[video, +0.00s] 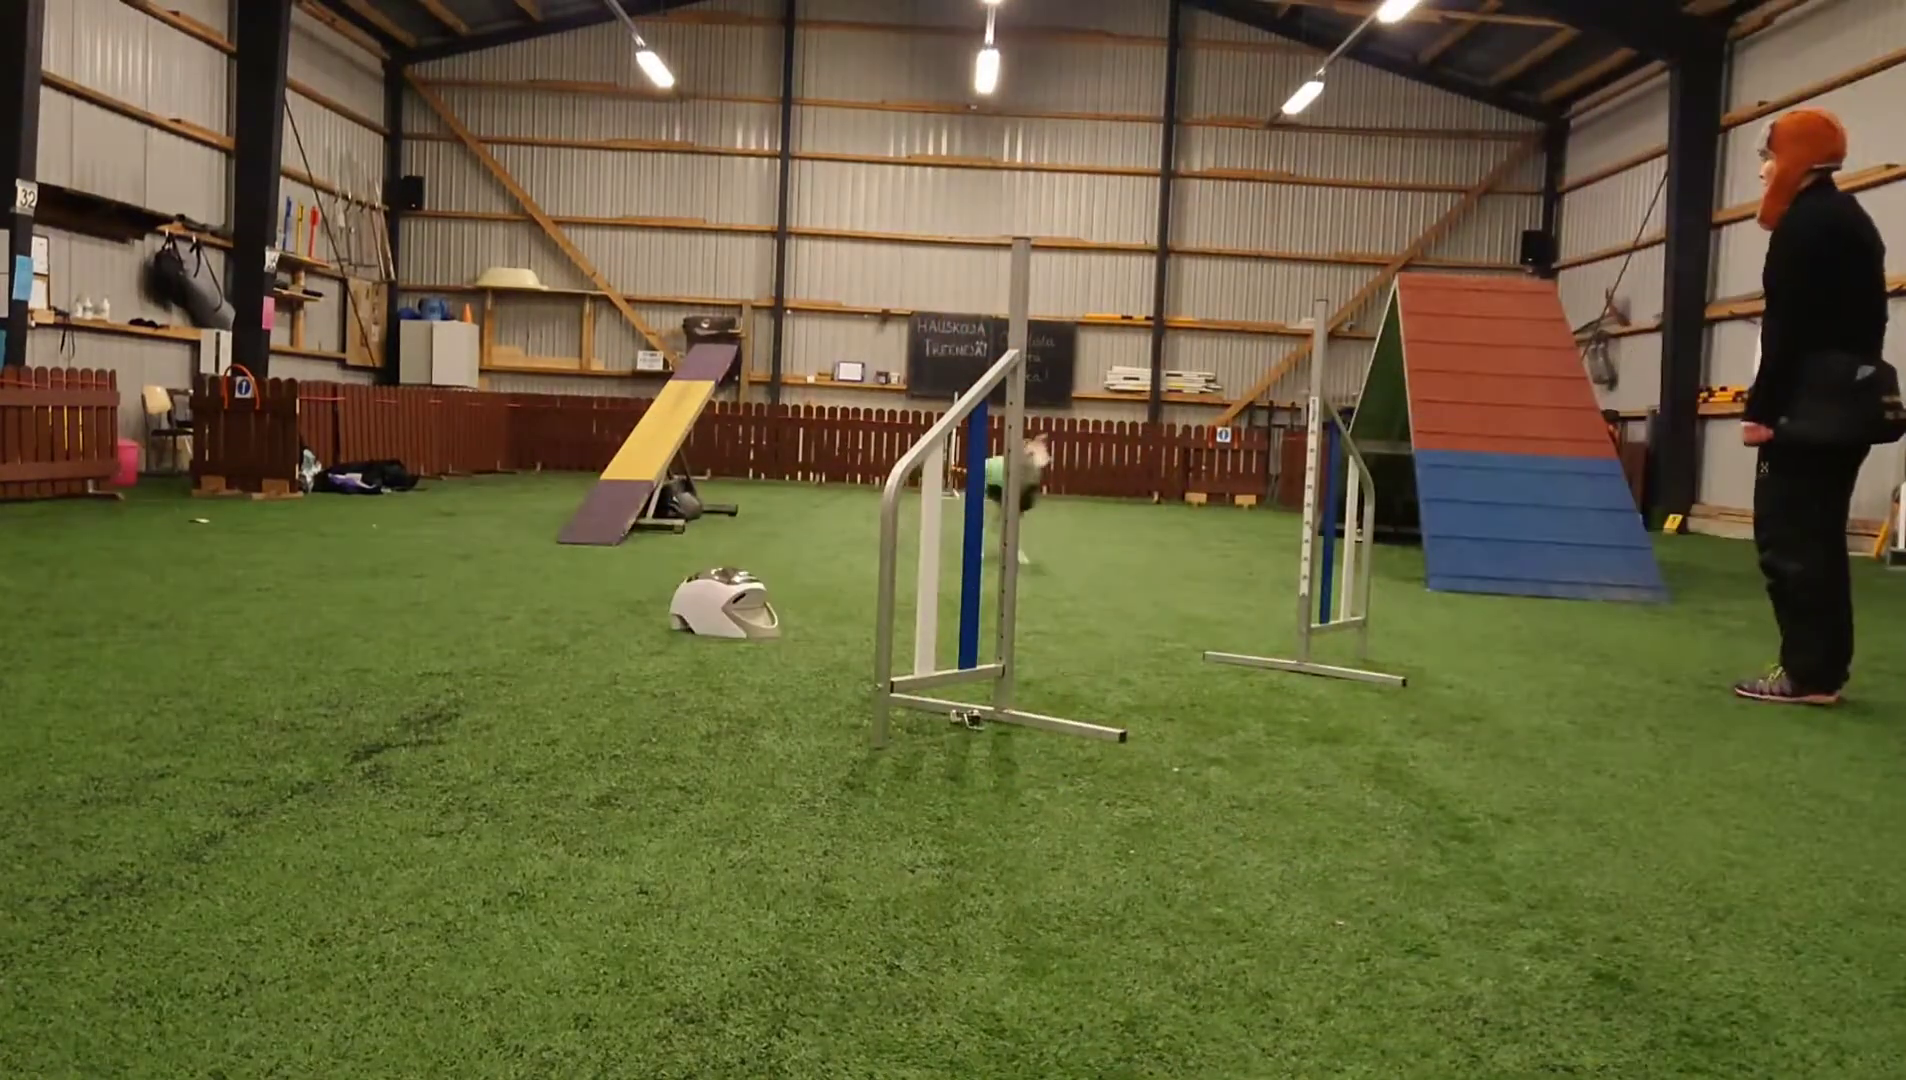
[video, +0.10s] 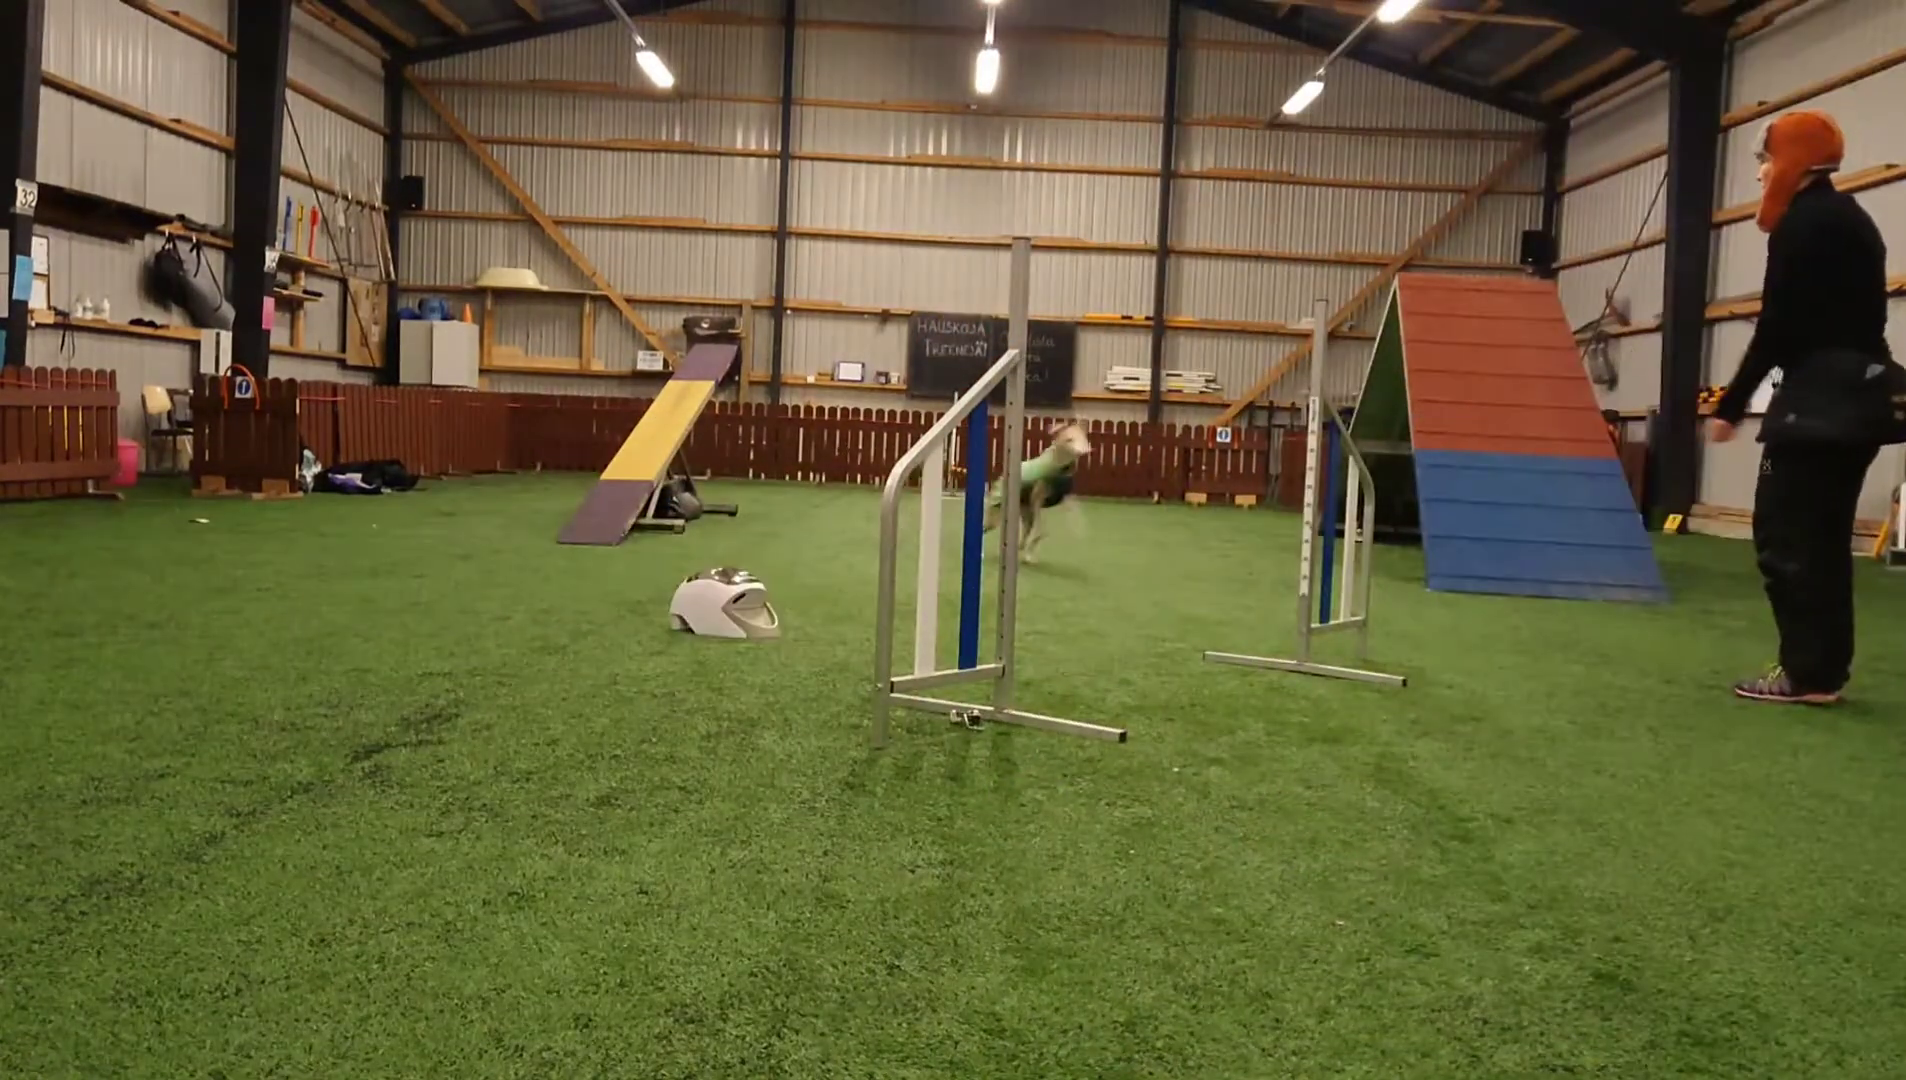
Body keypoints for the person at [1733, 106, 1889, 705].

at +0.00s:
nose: (1764, 166)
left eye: (1771, 155)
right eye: (1766, 154)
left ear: (1798, 161)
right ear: (1820, 161)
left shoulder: (1799, 226)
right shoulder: (1854, 219)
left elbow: (1784, 326)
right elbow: (1870, 322)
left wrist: (1760, 408)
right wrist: (1857, 391)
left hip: (1806, 413)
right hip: (1846, 411)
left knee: (1786, 538)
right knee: (1820, 538)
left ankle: (1807, 673)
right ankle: (1824, 671)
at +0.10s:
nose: (1763, 168)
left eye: (1769, 158)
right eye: (1765, 157)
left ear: (1794, 163)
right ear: (1821, 162)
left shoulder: (1798, 225)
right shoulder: (1857, 222)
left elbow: (1776, 328)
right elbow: (1866, 326)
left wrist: (1731, 405)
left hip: (1812, 408)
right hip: (1855, 407)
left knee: (1782, 534)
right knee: (1826, 535)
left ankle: (1806, 673)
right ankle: (1825, 670)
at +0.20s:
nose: (1756, 176)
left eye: (1762, 164)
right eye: (1758, 164)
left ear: (1787, 169)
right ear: (1813, 168)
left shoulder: (1797, 232)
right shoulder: (1856, 224)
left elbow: (1768, 334)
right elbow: (1867, 323)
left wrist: (1692, 396)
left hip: (1831, 410)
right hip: (1875, 408)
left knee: (1788, 535)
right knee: (1835, 536)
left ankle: (1815, 674)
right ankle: (1827, 671)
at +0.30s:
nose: (1749, 195)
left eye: (1754, 182)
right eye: (1750, 182)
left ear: (1779, 184)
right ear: (1806, 180)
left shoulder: (1798, 239)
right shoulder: (1856, 228)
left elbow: (1777, 339)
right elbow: (1881, 318)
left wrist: (1688, 356)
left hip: (1848, 416)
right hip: (1886, 413)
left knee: (1810, 537)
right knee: (1838, 538)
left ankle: (1848, 674)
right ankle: (1826, 661)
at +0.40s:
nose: (1748, 209)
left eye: (1752, 195)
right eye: (1747, 197)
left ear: (1781, 194)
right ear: (1804, 191)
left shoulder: (1802, 246)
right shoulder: (1861, 232)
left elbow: (1777, 347)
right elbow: (1879, 318)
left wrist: (1693, 349)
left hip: (1865, 416)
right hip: (1894, 415)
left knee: (1835, 538)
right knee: (1844, 539)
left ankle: (1891, 675)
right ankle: (1822, 669)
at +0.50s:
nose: (1754, 217)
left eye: (1759, 204)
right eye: (1753, 205)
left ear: (1790, 203)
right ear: (1808, 201)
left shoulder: (1812, 258)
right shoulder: (1865, 235)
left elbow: (1786, 360)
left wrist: (1703, 367)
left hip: (1883, 423)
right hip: (1892, 420)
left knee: (1848, 541)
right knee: (1871, 545)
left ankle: (1823, 672)